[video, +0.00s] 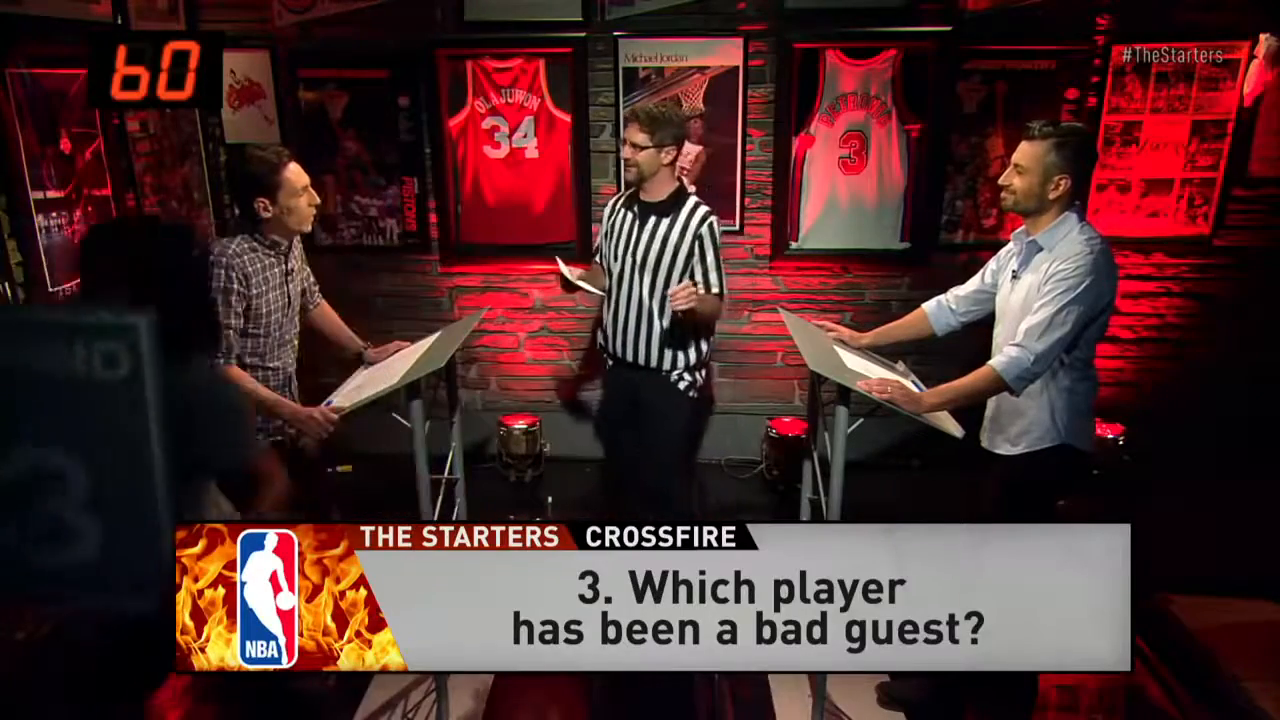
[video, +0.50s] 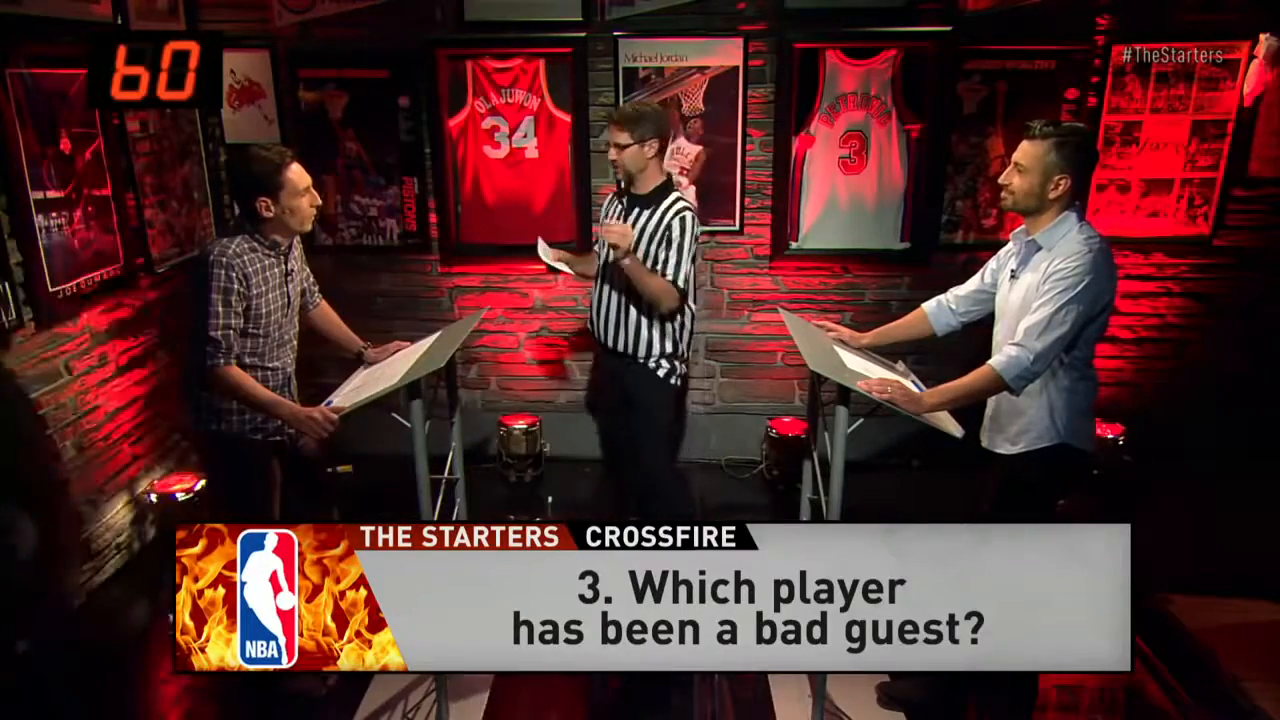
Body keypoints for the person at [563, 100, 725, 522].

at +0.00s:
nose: (625, 154)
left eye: (637, 146)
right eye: (625, 144)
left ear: (669, 154)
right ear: (623, 146)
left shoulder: (698, 220)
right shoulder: (617, 208)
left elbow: (713, 310)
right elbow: (607, 276)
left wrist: (696, 302)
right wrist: (582, 277)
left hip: (674, 383)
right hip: (620, 374)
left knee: (665, 492)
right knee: (619, 487)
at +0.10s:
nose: (621, 152)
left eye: (633, 145)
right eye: (621, 142)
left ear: (665, 153)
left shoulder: (693, 220)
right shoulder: (615, 207)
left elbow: (707, 306)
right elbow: (608, 273)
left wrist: (685, 304)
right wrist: (579, 273)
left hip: (669, 381)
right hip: (618, 372)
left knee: (662, 490)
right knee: (619, 484)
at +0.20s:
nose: (621, 152)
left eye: (633, 145)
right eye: (619, 142)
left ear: (667, 150)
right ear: (619, 145)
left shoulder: (690, 218)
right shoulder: (614, 206)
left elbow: (701, 308)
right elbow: (612, 276)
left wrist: (675, 299)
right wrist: (581, 270)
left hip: (665, 380)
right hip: (616, 371)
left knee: (664, 494)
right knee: (619, 487)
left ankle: (674, 586)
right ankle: (626, 578)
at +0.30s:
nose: (619, 151)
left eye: (631, 143)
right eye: (617, 141)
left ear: (664, 149)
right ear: (618, 145)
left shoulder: (685, 217)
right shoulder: (615, 204)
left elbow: (692, 307)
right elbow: (613, 274)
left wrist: (656, 288)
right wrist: (580, 268)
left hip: (661, 377)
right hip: (614, 367)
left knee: (660, 492)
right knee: (620, 486)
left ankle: (674, 582)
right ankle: (630, 576)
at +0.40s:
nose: (617, 153)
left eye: (628, 144)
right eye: (614, 143)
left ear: (661, 148)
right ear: (617, 146)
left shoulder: (681, 215)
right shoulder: (615, 201)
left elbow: (682, 303)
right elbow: (615, 275)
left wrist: (640, 274)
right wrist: (577, 266)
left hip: (657, 375)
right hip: (613, 365)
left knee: (658, 488)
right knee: (619, 483)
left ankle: (676, 572)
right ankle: (631, 568)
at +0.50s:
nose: (612, 157)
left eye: (621, 148)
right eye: (609, 147)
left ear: (654, 148)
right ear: (621, 149)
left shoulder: (677, 214)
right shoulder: (617, 201)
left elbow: (668, 299)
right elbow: (612, 271)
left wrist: (625, 256)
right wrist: (574, 262)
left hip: (654, 373)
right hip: (612, 362)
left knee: (655, 486)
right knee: (618, 481)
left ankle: (674, 570)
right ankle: (629, 563)